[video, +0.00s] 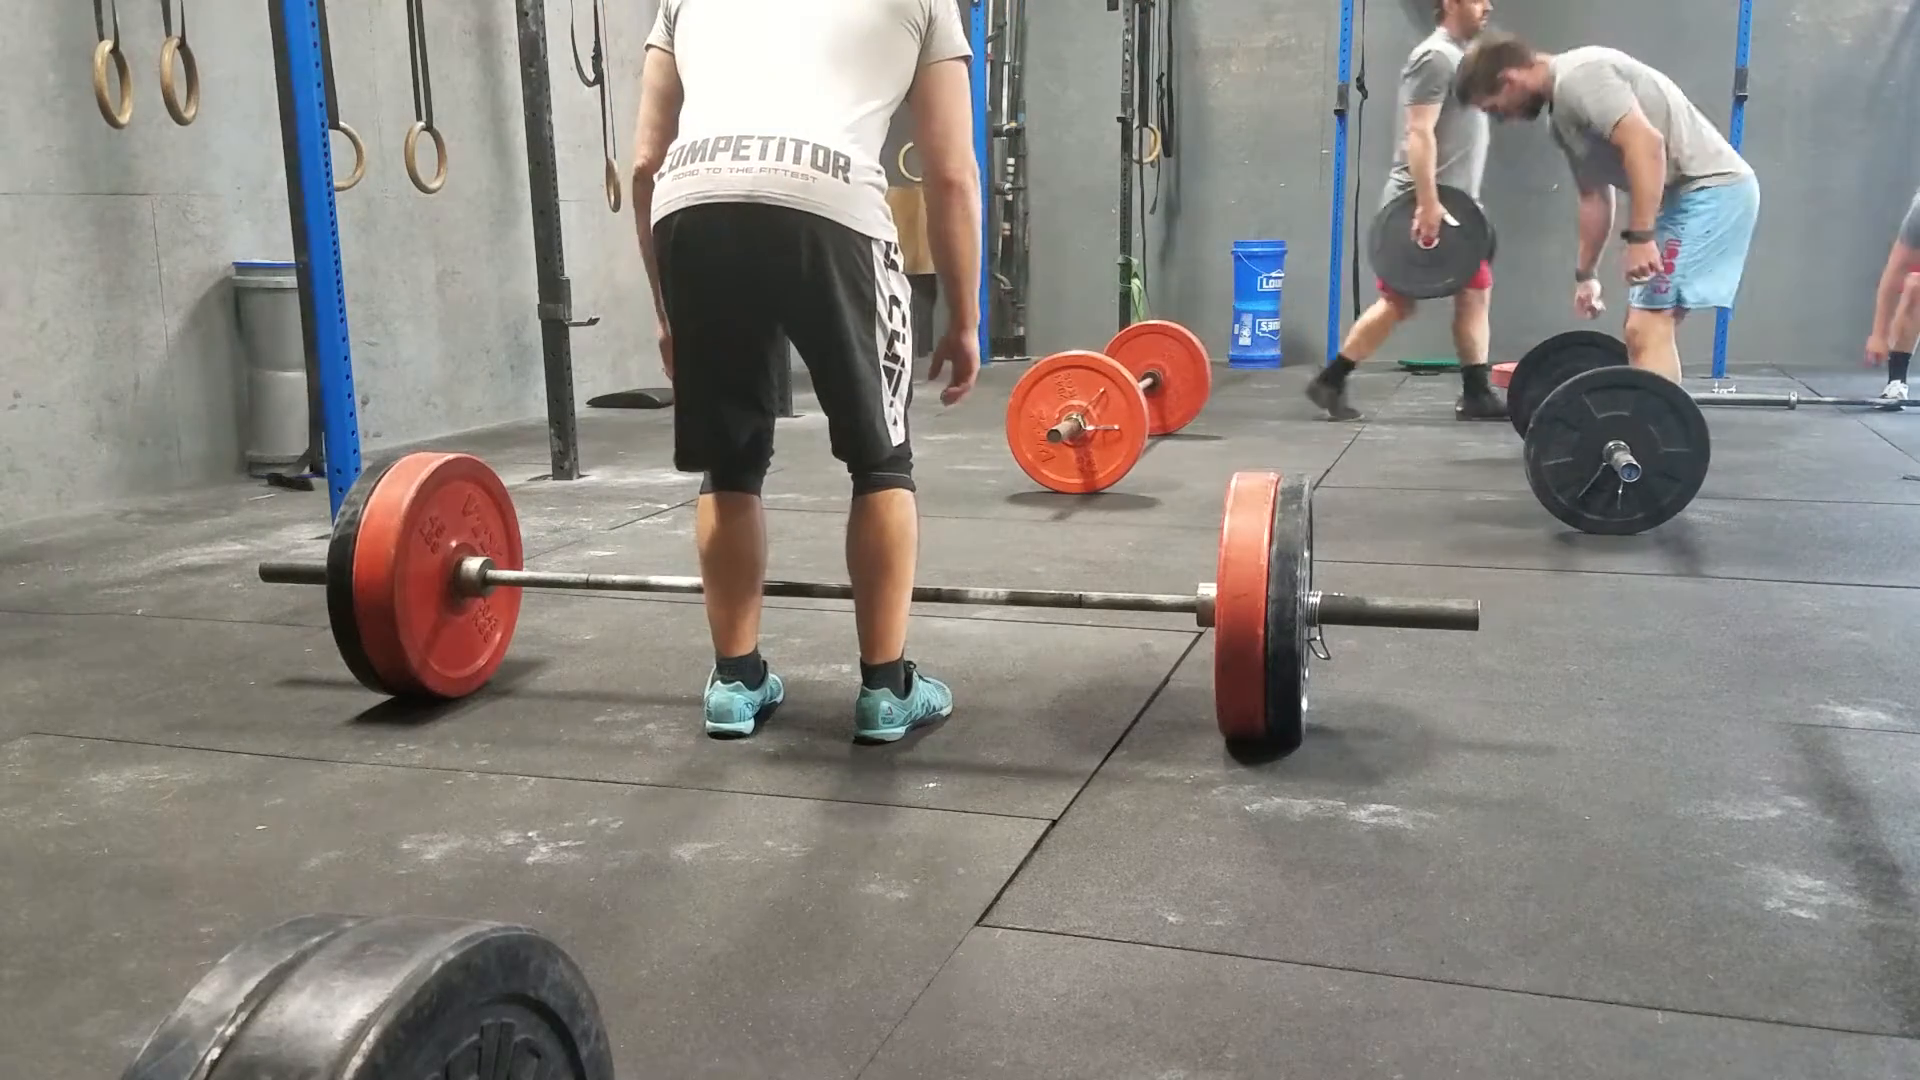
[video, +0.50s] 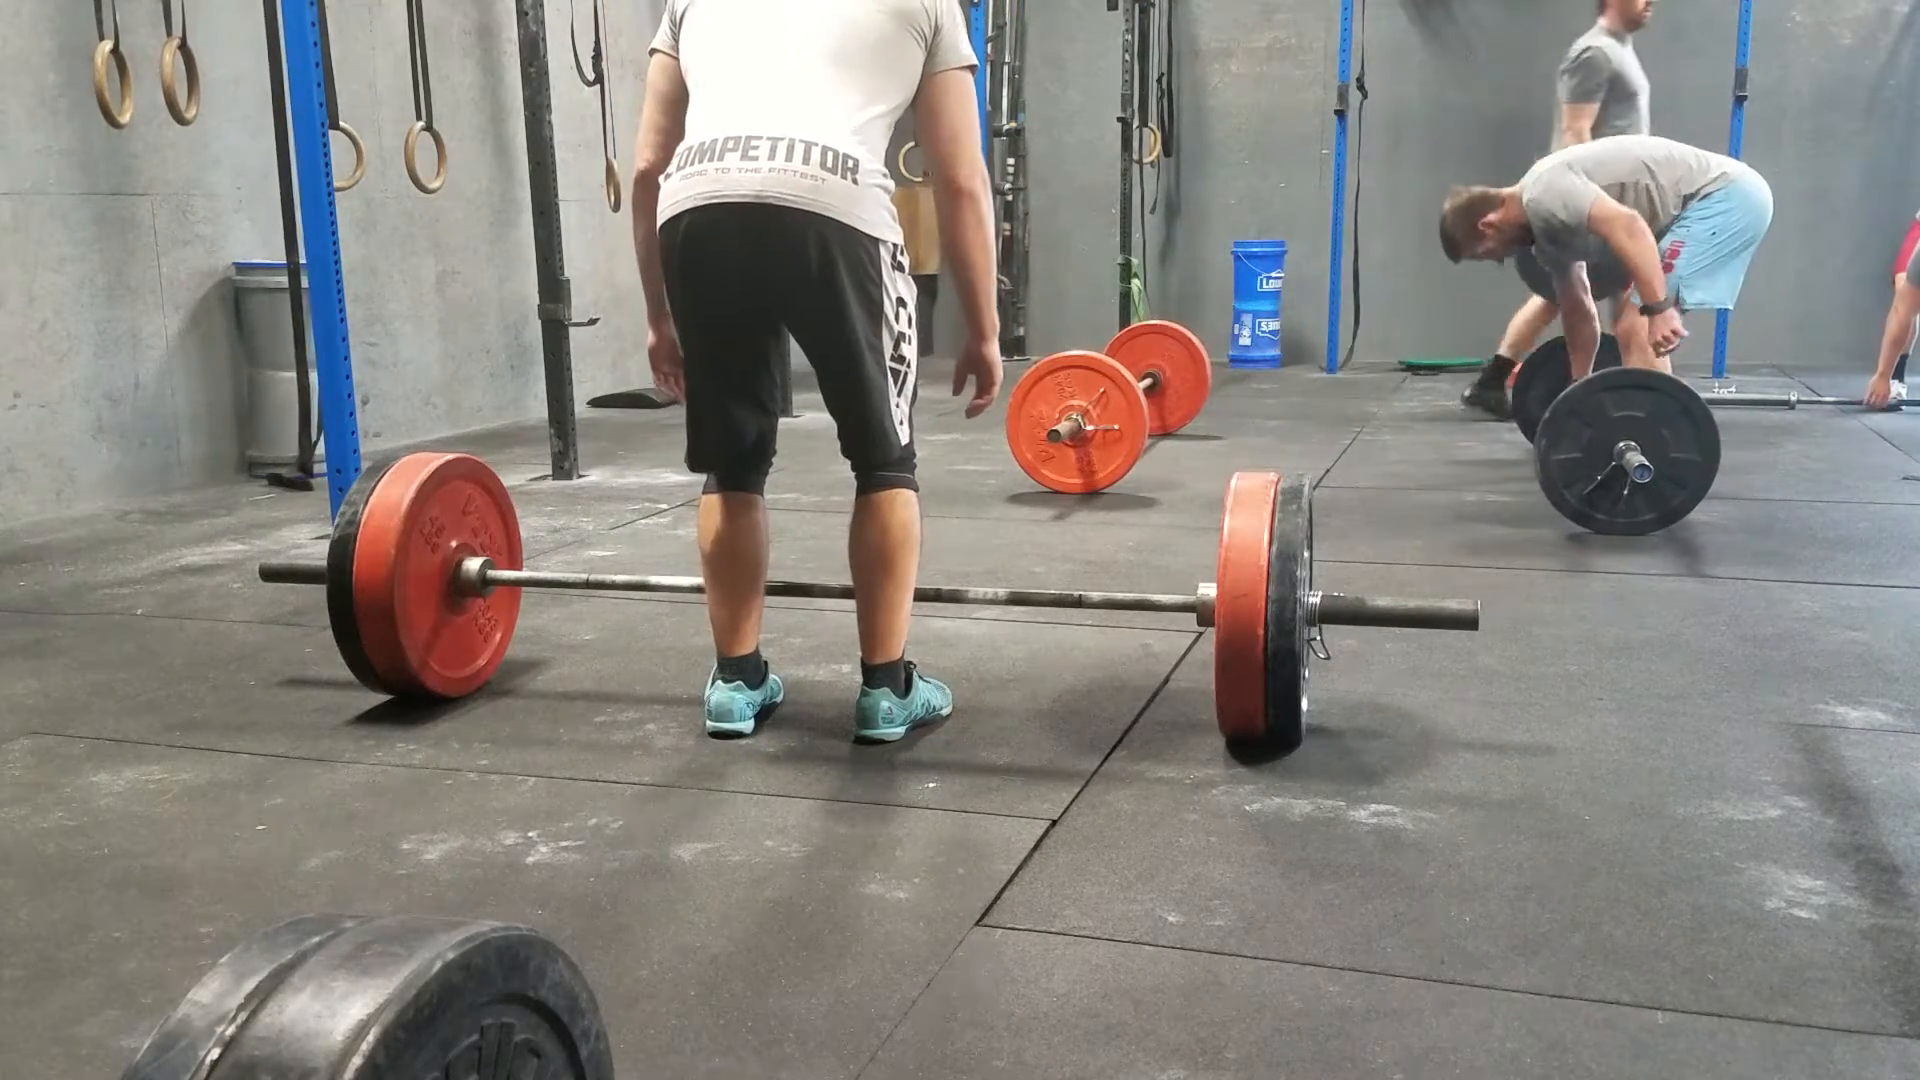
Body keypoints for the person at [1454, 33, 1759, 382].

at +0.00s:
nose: (1501, 119)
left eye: (1495, 109)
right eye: (1493, 114)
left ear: (1512, 76)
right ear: (1511, 76)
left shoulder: (1580, 77)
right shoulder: (1562, 115)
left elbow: (1645, 144)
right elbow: (1593, 195)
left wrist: (1640, 236)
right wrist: (1586, 274)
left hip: (1711, 188)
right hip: (1686, 192)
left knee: (1646, 328)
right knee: (1647, 331)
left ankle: (1659, 458)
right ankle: (1661, 457)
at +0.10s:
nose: (1497, 159)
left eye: (1490, 150)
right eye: (1488, 156)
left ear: (1501, 121)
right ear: (1500, 121)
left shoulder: (1569, 109)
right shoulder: (1555, 149)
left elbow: (1645, 164)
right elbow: (1586, 227)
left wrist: (1652, 252)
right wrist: (1580, 308)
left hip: (1721, 187)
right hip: (1699, 193)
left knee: (1650, 324)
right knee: (1646, 325)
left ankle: (1658, 455)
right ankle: (1658, 453)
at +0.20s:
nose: (1496, 197)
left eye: (1487, 189)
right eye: (1486, 195)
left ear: (1496, 161)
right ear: (1497, 158)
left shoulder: (1562, 138)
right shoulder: (1554, 178)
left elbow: (1644, 179)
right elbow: (1582, 258)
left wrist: (1663, 265)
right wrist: (1573, 339)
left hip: (1724, 191)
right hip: (1705, 198)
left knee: (1648, 324)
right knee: (1651, 328)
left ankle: (1658, 455)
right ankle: (1657, 455)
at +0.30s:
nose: (1500, 227)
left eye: (1490, 219)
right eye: (1490, 225)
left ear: (1493, 190)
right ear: (1496, 187)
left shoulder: (1555, 157)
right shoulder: (1550, 203)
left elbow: (1638, 193)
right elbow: (1576, 285)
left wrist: (1668, 276)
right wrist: (1569, 366)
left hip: (1727, 191)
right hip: (1703, 201)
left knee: (1645, 325)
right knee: (1646, 327)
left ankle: (1661, 453)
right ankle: (1660, 452)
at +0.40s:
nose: (1494, 242)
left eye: (1486, 237)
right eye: (1485, 241)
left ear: (1492, 210)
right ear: (1493, 209)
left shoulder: (1549, 177)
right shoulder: (1552, 223)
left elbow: (1634, 208)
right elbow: (1576, 305)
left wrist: (1667, 291)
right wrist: (1573, 391)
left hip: (1727, 192)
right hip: (1710, 200)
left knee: (1640, 324)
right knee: (1643, 325)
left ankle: (1657, 449)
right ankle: (1662, 449)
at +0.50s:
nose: (1499, 261)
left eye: (1488, 255)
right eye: (1489, 259)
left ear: (1488, 226)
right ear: (1491, 222)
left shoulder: (1547, 192)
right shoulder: (1548, 230)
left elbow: (1629, 227)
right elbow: (1577, 307)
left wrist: (1658, 309)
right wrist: (1580, 390)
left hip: (1726, 193)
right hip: (1705, 202)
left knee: (1634, 328)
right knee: (1631, 327)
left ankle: (1660, 452)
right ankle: (1653, 450)